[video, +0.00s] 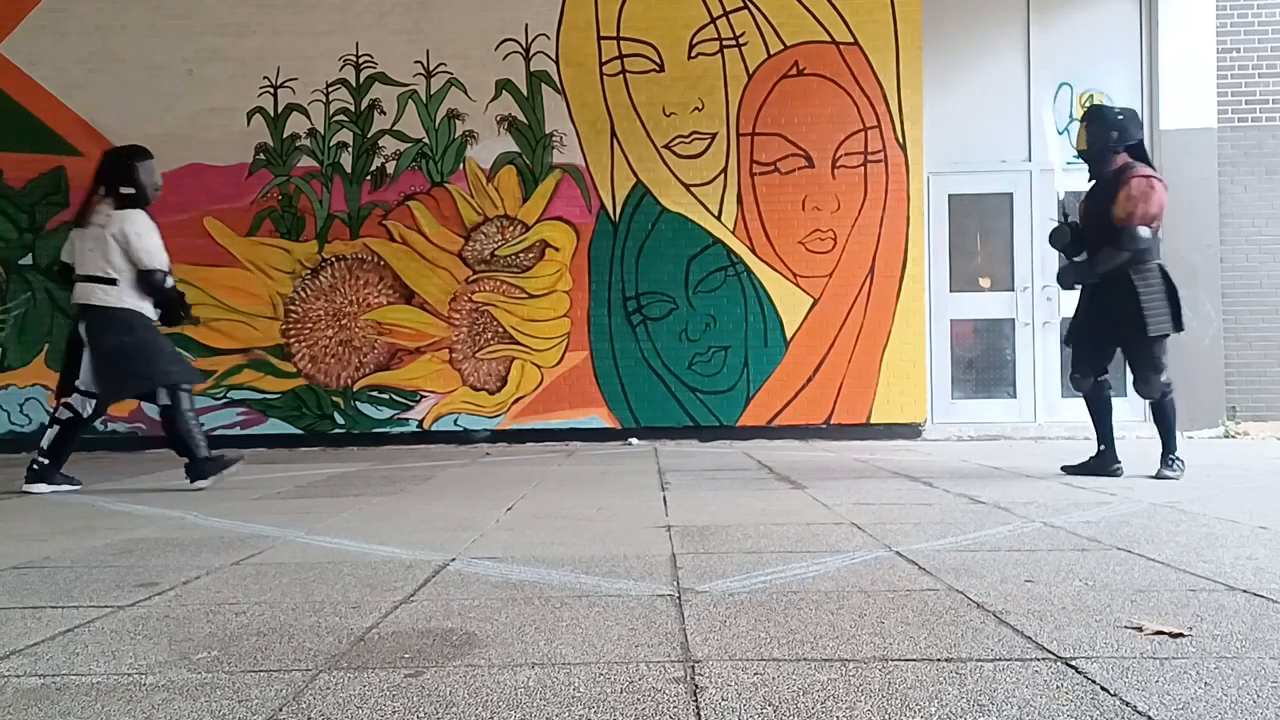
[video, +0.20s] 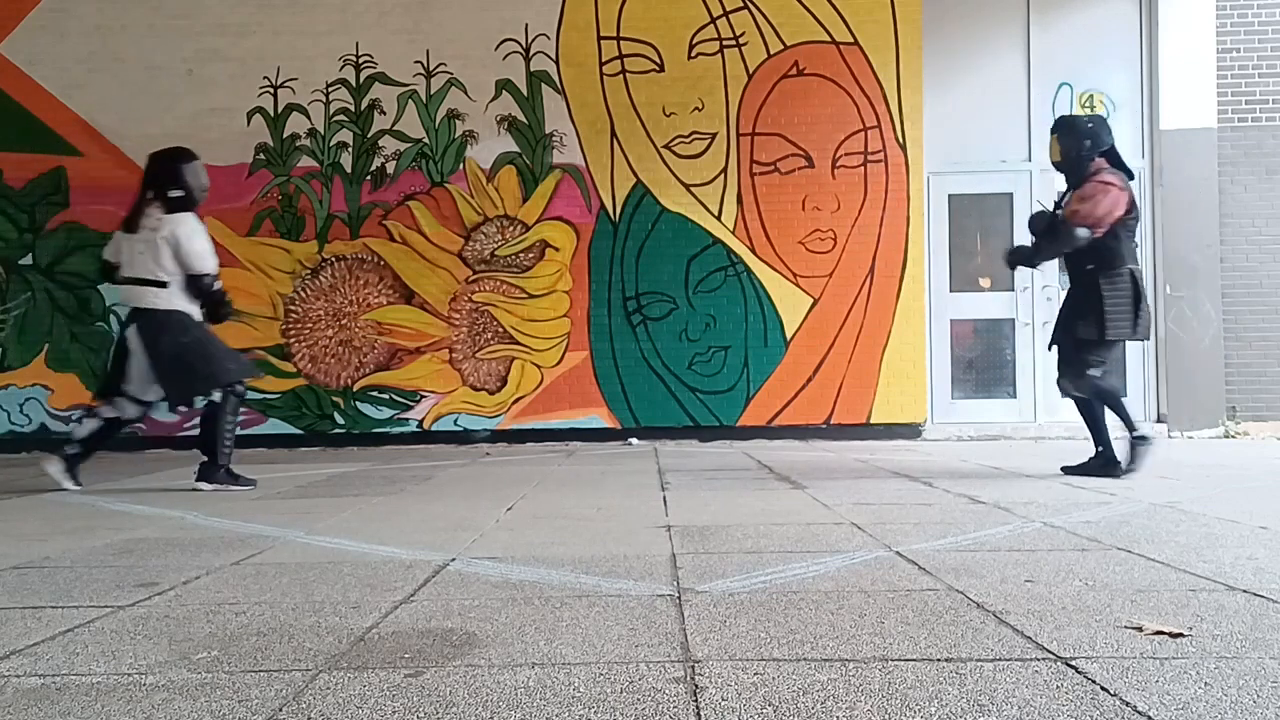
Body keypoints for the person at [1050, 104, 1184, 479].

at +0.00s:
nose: (1081, 144)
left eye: (1088, 136)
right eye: (1082, 136)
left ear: (1110, 138)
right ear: (1112, 139)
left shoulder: (1139, 182)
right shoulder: (1099, 188)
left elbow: (1135, 245)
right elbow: (1092, 242)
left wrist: (1084, 269)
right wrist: (1070, 239)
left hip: (1138, 286)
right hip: (1101, 289)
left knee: (1150, 378)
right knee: (1087, 372)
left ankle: (1170, 456)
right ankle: (1106, 454)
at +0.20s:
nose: (1056, 155)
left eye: (1062, 146)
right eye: (1055, 146)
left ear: (1084, 146)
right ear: (1086, 147)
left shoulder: (1105, 186)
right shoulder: (1085, 185)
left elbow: (1069, 235)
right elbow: (1066, 231)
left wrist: (1028, 255)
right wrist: (1046, 225)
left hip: (1106, 291)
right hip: (1087, 292)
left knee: (1081, 374)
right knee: (1073, 376)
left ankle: (1138, 435)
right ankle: (1105, 456)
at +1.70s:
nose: (958, 180)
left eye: (963, 172)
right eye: (958, 173)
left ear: (985, 173)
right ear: (996, 174)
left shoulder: (999, 210)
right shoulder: (1015, 206)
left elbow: (978, 269)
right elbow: (996, 258)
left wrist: (938, 284)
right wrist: (961, 252)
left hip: (1013, 307)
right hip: (1027, 305)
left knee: (956, 376)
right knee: (1033, 391)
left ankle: (943, 460)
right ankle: (1097, 446)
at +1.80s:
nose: (972, 184)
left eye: (977, 176)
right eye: (972, 176)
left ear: (1001, 177)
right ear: (1007, 177)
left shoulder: (1016, 213)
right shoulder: (1022, 207)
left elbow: (996, 273)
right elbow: (1008, 259)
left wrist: (955, 287)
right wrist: (975, 254)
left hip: (1030, 308)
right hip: (1042, 306)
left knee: (975, 373)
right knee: (1048, 390)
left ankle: (957, 456)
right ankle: (1105, 452)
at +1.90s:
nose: (980, 180)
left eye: (985, 172)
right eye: (979, 173)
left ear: (1007, 173)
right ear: (1016, 174)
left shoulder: (1024, 212)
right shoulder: (1030, 205)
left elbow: (1006, 273)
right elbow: (1017, 258)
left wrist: (964, 286)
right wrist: (983, 253)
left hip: (1036, 305)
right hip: (1048, 303)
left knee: (980, 369)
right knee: (1051, 391)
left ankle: (1005, 456)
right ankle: (1105, 453)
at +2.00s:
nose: (985, 178)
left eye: (990, 169)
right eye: (984, 170)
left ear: (1013, 169)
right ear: (1021, 170)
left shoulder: (1028, 208)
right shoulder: (1032, 202)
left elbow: (1010, 268)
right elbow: (1023, 257)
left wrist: (970, 283)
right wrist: (989, 251)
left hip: (1037, 303)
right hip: (1048, 301)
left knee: (988, 370)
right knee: (1052, 388)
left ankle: (1006, 458)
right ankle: (1106, 452)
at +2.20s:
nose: (991, 173)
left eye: (997, 165)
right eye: (990, 165)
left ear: (1021, 166)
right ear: (1025, 168)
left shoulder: (1032, 205)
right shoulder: (1034, 201)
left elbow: (1010, 262)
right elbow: (1022, 256)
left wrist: (971, 279)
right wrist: (992, 250)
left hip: (1036, 301)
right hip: (1043, 300)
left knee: (989, 370)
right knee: (1051, 387)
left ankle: (1005, 457)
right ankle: (1105, 452)